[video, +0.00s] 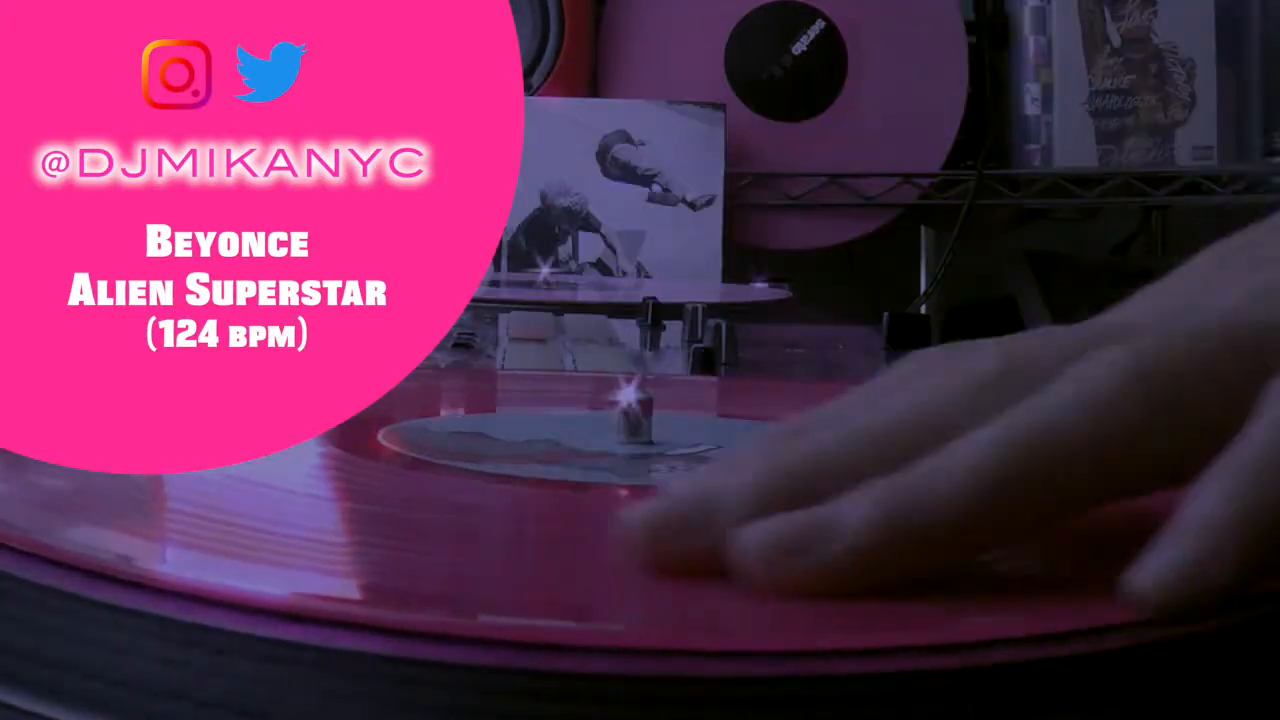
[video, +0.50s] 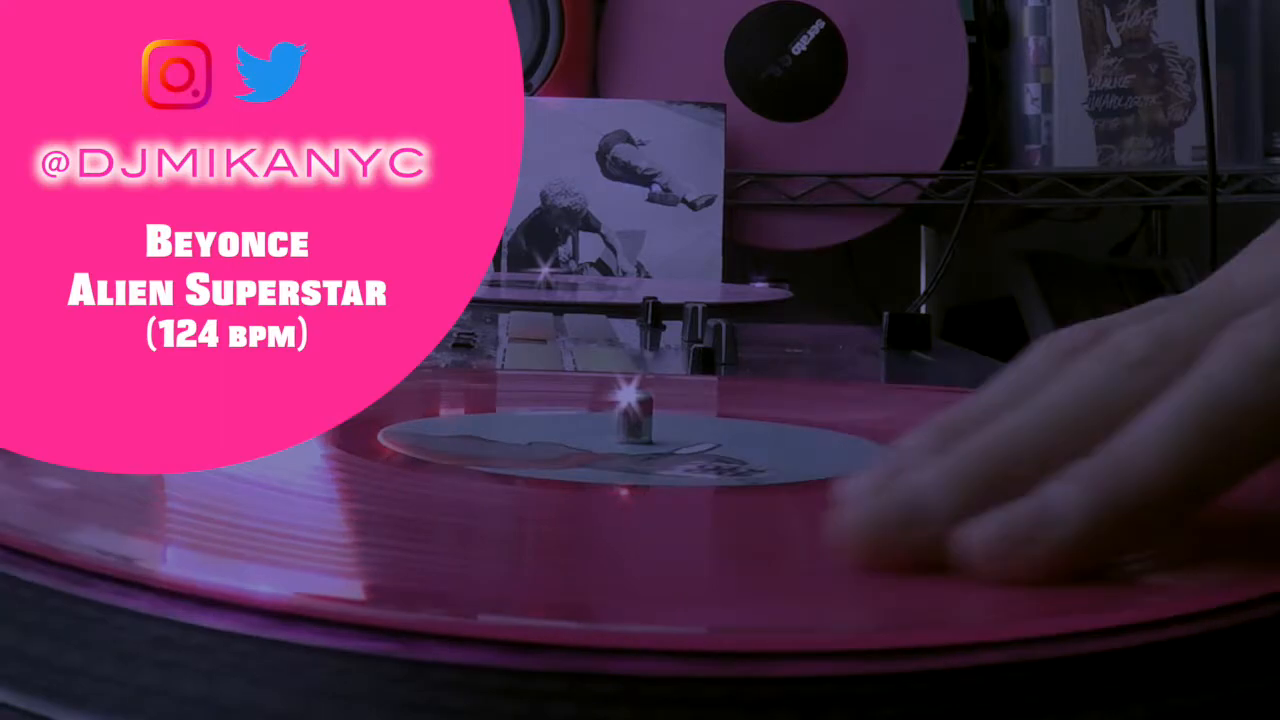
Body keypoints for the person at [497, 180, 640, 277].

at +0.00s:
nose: (572, 221)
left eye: (574, 215)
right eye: (566, 216)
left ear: (576, 209)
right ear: (552, 210)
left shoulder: (574, 212)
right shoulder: (538, 225)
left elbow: (604, 230)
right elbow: (546, 267)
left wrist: (621, 258)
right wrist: (571, 267)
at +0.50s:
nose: (574, 224)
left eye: (576, 217)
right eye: (568, 218)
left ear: (577, 210)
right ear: (552, 212)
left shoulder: (575, 212)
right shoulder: (530, 233)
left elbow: (605, 231)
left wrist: (621, 258)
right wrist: (572, 271)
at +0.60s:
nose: (576, 224)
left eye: (578, 217)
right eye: (569, 219)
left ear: (579, 209)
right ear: (553, 213)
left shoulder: (574, 212)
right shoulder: (526, 236)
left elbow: (605, 231)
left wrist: (621, 258)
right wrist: (571, 271)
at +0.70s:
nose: (575, 223)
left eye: (576, 217)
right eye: (568, 218)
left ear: (578, 210)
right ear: (553, 213)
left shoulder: (575, 212)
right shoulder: (531, 230)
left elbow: (605, 231)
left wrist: (621, 258)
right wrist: (571, 271)